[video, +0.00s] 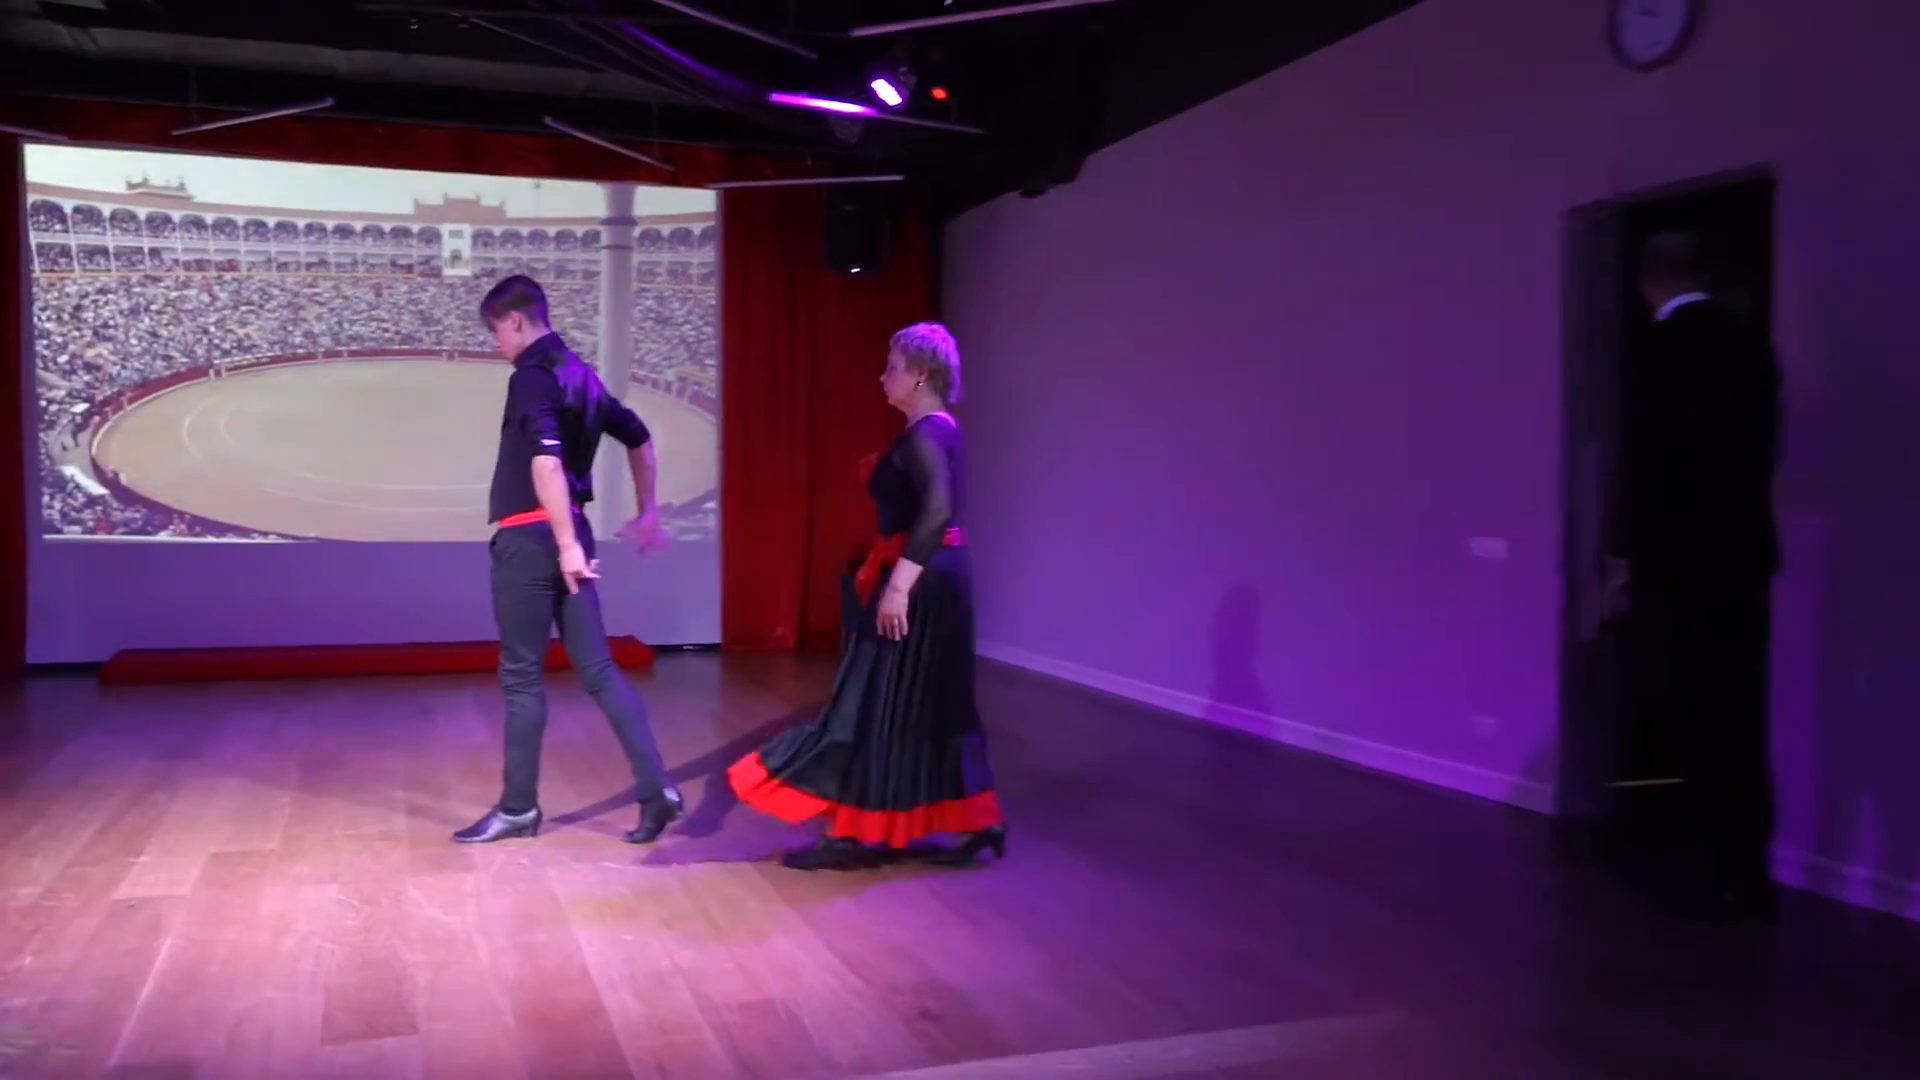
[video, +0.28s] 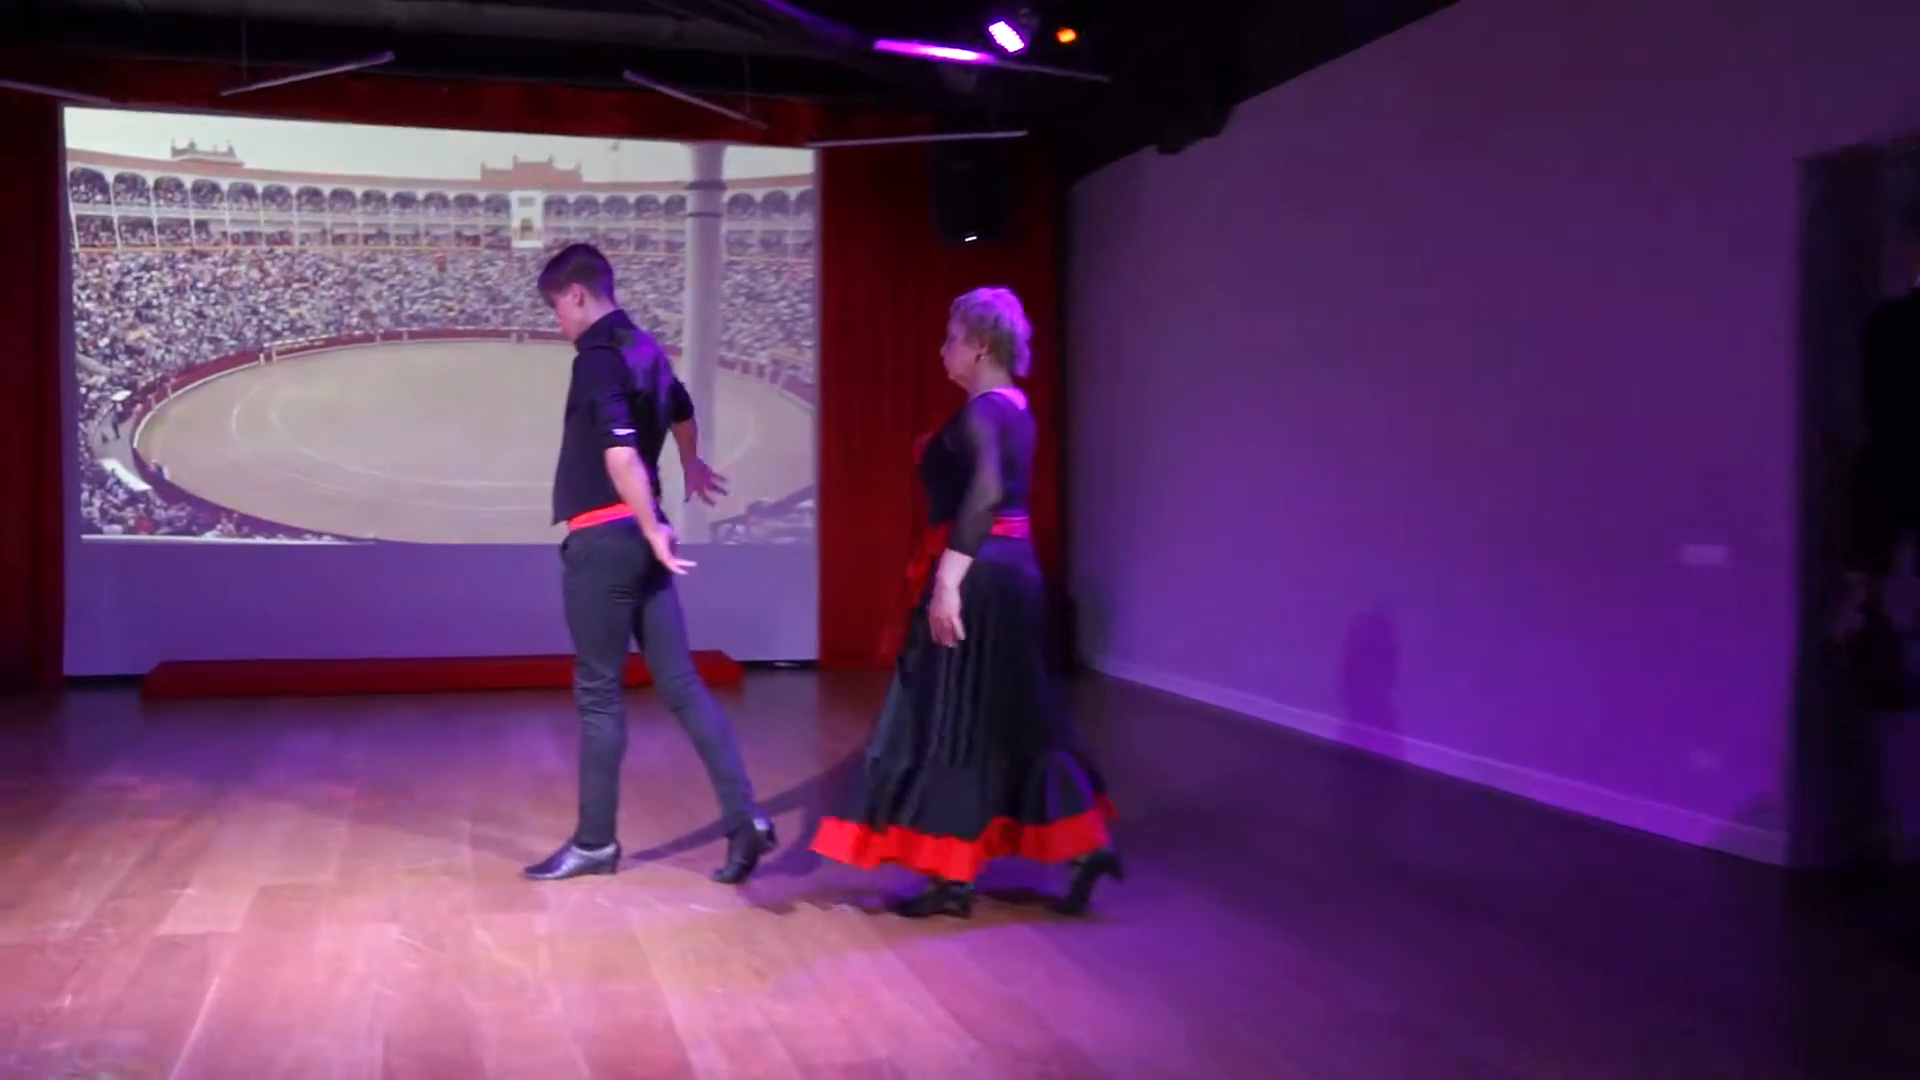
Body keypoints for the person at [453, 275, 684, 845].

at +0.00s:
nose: (495, 342)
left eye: (497, 330)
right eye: (493, 331)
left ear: (521, 320)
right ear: (539, 320)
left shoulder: (532, 375)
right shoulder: (581, 375)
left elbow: (547, 461)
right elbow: (637, 437)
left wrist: (568, 541)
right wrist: (647, 511)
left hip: (524, 540)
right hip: (569, 537)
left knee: (521, 677)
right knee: (598, 668)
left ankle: (518, 807)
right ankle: (657, 790)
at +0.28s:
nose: (555, 320)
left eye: (556, 307)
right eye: (552, 308)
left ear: (580, 295)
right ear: (598, 293)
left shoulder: (598, 355)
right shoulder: (643, 344)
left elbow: (619, 451)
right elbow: (682, 409)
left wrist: (651, 527)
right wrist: (694, 465)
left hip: (601, 543)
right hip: (642, 538)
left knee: (599, 696)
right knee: (680, 684)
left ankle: (595, 841)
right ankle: (746, 821)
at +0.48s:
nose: (607, 299)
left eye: (607, 284)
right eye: (603, 285)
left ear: (634, 271)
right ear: (653, 269)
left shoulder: (656, 338)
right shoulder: (705, 328)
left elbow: (686, 447)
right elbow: (706, 438)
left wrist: (727, 519)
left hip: (665, 545)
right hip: (706, 538)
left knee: (658, 715)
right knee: (753, 700)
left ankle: (654, 875)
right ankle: (821, 854)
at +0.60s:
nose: (647, 286)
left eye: (648, 271)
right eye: (644, 272)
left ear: (675, 260)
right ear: (694, 257)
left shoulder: (697, 330)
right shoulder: (739, 314)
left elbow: (731, 443)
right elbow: (703, 383)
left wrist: (777, 501)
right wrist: (649, 400)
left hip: (717, 549)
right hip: (760, 541)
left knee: (695, 722)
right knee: (805, 707)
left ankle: (697, 892)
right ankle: (872, 871)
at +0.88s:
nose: (701, 271)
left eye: (705, 255)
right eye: (698, 256)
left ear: (738, 247)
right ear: (761, 244)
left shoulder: (757, 319)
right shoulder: (797, 313)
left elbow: (797, 443)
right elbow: (709, 440)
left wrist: (837, 462)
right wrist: (680, 388)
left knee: (699, 728)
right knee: (857, 720)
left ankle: (757, 914)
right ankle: (921, 892)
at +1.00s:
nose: (694, 274)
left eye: (695, 257)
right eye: (691, 259)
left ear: (725, 244)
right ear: (757, 244)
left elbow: (700, 398)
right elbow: (854, 450)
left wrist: (740, 487)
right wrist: (792, 448)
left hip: (734, 548)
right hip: (802, 541)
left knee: (713, 733)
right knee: (765, 719)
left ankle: (757, 920)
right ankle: (827, 886)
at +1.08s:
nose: (678, 275)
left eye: (682, 257)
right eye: (676, 259)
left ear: (716, 242)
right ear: (739, 242)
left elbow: (647, 373)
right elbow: (876, 445)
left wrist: (634, 493)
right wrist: (818, 511)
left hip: (742, 539)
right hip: (793, 540)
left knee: (720, 725)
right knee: (724, 720)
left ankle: (760, 916)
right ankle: (758, 904)